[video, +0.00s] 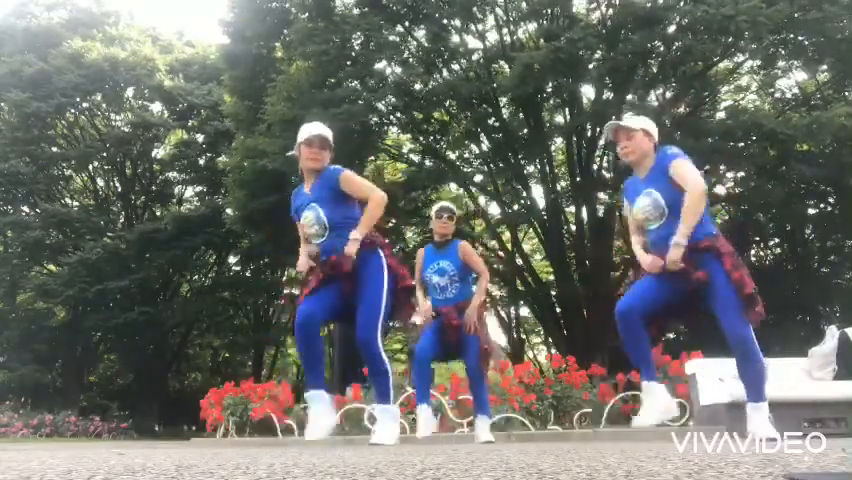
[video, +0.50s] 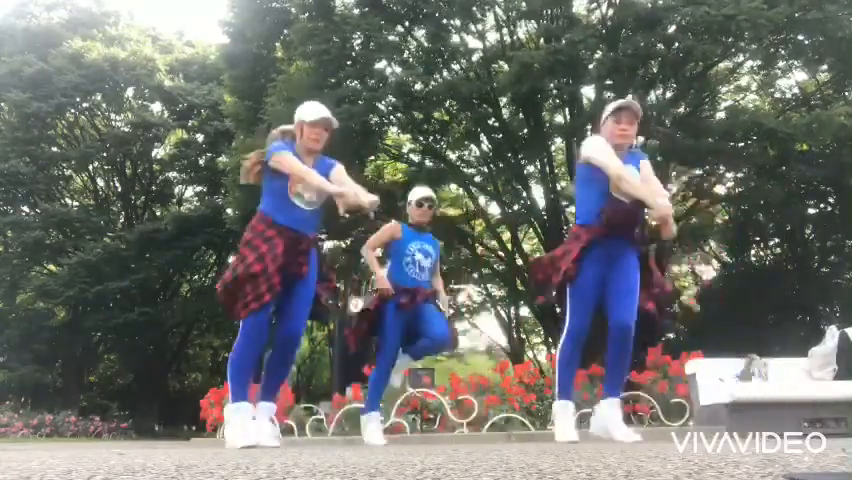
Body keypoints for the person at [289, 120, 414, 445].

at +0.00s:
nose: (316, 151)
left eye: (323, 146)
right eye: (310, 144)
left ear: (330, 153)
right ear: (297, 150)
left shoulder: (336, 176)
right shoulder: (298, 196)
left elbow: (378, 197)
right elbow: (306, 238)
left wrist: (356, 237)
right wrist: (305, 254)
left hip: (367, 261)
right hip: (335, 271)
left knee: (367, 336)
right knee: (306, 317)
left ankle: (387, 418)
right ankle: (320, 407)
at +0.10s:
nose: (310, 153)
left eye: (317, 148)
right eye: (304, 147)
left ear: (324, 154)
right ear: (292, 153)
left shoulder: (332, 179)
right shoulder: (293, 197)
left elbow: (378, 198)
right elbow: (309, 243)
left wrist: (364, 229)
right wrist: (289, 257)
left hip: (355, 266)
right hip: (321, 274)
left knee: (355, 345)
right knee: (288, 329)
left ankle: (387, 417)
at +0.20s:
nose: (310, 147)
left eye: (317, 144)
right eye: (305, 140)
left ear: (322, 151)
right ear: (290, 146)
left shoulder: (329, 179)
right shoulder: (285, 193)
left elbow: (365, 215)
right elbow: (299, 246)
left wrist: (365, 242)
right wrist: (276, 266)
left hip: (338, 267)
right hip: (304, 276)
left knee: (343, 346)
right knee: (268, 329)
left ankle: (388, 417)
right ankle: (260, 417)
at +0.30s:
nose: (316, 125)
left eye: (322, 121)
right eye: (310, 118)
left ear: (328, 127)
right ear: (296, 121)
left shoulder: (336, 159)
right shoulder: (274, 157)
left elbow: (359, 201)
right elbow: (259, 201)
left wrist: (339, 197)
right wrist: (251, 205)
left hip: (322, 244)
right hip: (282, 245)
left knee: (332, 327)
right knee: (266, 327)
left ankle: (354, 403)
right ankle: (259, 415)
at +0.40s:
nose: (319, 121)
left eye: (325, 115)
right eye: (313, 113)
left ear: (330, 119)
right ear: (298, 114)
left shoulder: (335, 150)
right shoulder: (278, 132)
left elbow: (355, 178)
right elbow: (262, 157)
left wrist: (327, 180)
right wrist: (290, 171)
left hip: (316, 236)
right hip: (275, 232)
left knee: (308, 314)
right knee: (265, 316)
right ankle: (247, 406)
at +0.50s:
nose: (320, 133)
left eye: (325, 128)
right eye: (314, 126)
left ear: (329, 134)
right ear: (298, 127)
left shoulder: (329, 165)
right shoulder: (279, 151)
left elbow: (348, 185)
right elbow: (299, 172)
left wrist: (363, 197)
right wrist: (335, 190)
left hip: (304, 250)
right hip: (268, 242)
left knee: (291, 332)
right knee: (255, 326)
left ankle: (265, 414)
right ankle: (237, 414)